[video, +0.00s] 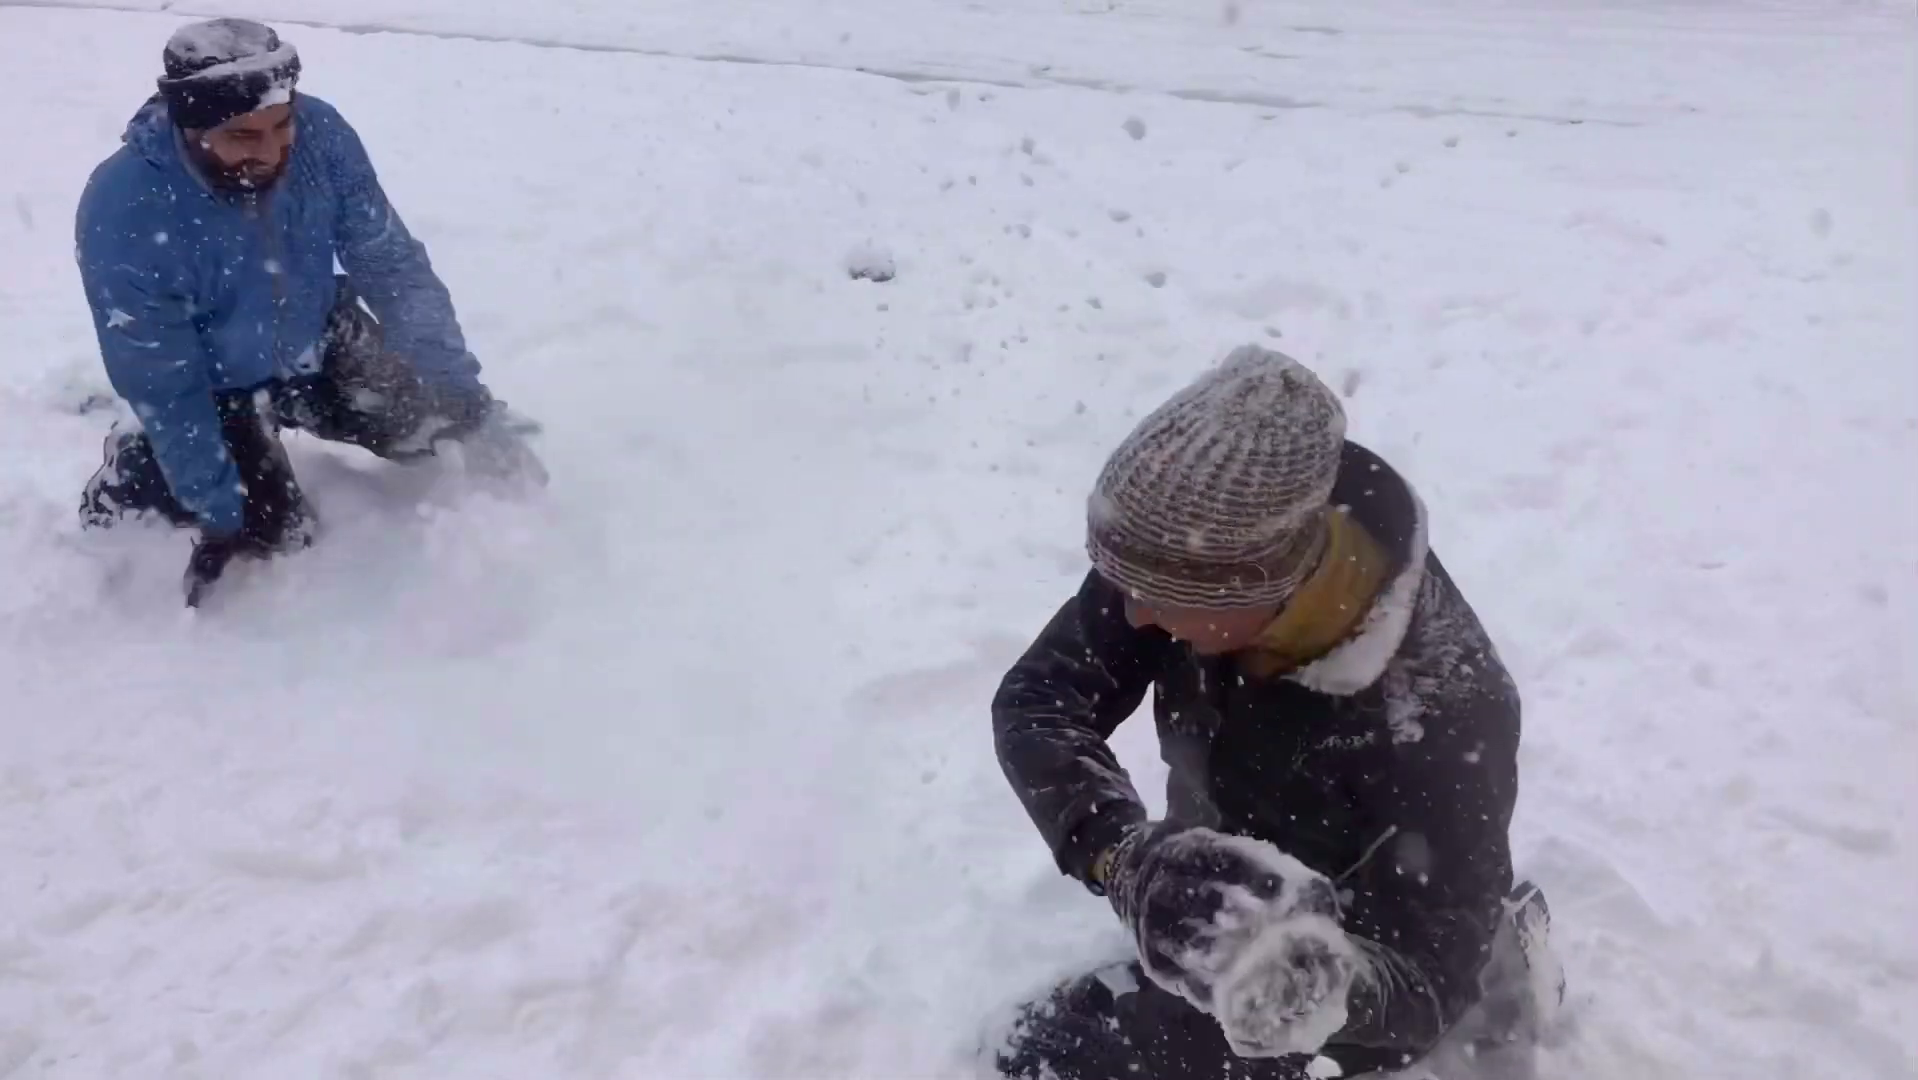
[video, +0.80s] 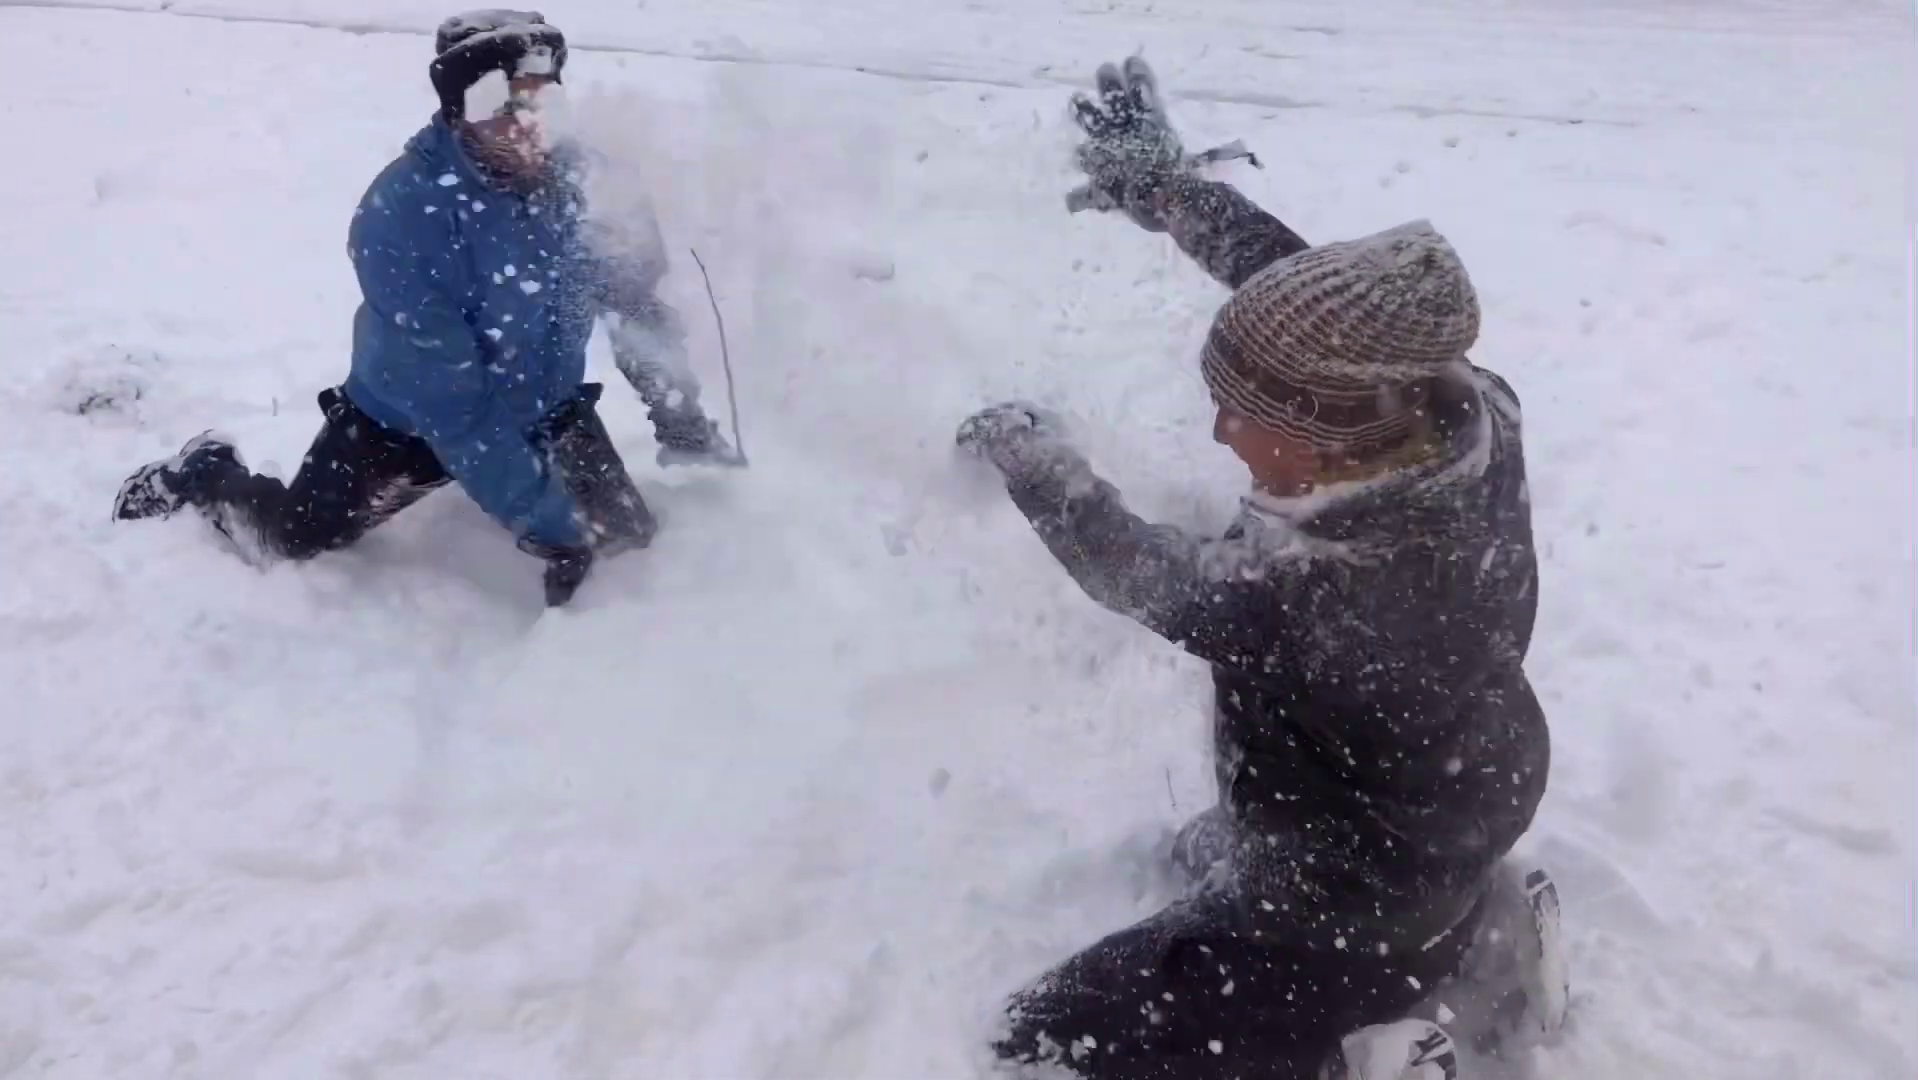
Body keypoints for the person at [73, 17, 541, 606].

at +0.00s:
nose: (270, 151)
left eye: (282, 126)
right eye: (243, 136)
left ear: (293, 108)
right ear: (191, 128)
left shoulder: (317, 136)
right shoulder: (123, 213)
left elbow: (394, 270)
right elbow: (164, 387)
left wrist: (466, 406)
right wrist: (221, 522)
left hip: (312, 341)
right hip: (211, 387)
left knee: (437, 431)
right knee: (278, 529)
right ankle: (140, 471)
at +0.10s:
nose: (278, 151)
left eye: (286, 126)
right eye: (254, 140)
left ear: (292, 101)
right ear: (199, 129)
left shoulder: (324, 124)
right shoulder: (131, 211)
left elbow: (425, 240)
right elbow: (196, 390)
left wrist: (523, 364)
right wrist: (296, 532)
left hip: (350, 345)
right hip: (243, 394)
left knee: (458, 458)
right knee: (269, 531)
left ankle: (315, 414)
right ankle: (148, 474)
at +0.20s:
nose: (277, 154)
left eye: (287, 128)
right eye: (250, 141)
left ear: (294, 98)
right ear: (198, 125)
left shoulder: (334, 112)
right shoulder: (143, 212)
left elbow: (444, 204)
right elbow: (208, 383)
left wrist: (551, 311)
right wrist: (316, 504)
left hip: (379, 340)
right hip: (266, 388)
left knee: (482, 473)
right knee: (293, 538)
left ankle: (375, 440)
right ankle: (155, 472)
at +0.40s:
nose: (321, 124)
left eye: (332, 99)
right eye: (296, 110)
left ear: (342, 74)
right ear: (252, 97)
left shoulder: (400, 88)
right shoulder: (192, 181)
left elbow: (483, 158)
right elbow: (249, 363)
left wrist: (548, 231)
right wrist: (330, 524)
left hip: (447, 362)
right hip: (320, 396)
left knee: (559, 513)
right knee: (282, 539)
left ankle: (451, 447)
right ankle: (184, 474)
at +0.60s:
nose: (399, 114)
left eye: (413, 87)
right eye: (375, 97)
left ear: (431, 66)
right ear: (330, 87)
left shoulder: (489, 114)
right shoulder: (269, 182)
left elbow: (554, 200)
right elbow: (307, 350)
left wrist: (605, 270)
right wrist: (370, 485)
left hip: (496, 401)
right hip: (359, 422)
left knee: (596, 547)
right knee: (286, 545)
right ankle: (197, 476)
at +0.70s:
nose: (466, 118)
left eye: (481, 92)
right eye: (441, 98)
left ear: (499, 82)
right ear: (396, 94)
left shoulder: (555, 149)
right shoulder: (337, 207)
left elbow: (611, 256)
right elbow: (377, 374)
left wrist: (657, 344)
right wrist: (455, 498)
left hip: (530, 407)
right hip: (394, 421)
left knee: (614, 546)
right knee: (288, 540)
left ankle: (509, 466)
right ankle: (198, 478)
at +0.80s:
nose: (528, 124)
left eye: (540, 102)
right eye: (504, 106)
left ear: (558, 101)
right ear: (457, 110)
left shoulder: (581, 184)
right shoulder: (401, 220)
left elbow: (640, 309)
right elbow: (449, 400)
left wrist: (686, 424)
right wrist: (552, 533)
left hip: (540, 408)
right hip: (414, 418)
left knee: (623, 536)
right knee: (298, 534)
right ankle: (205, 476)